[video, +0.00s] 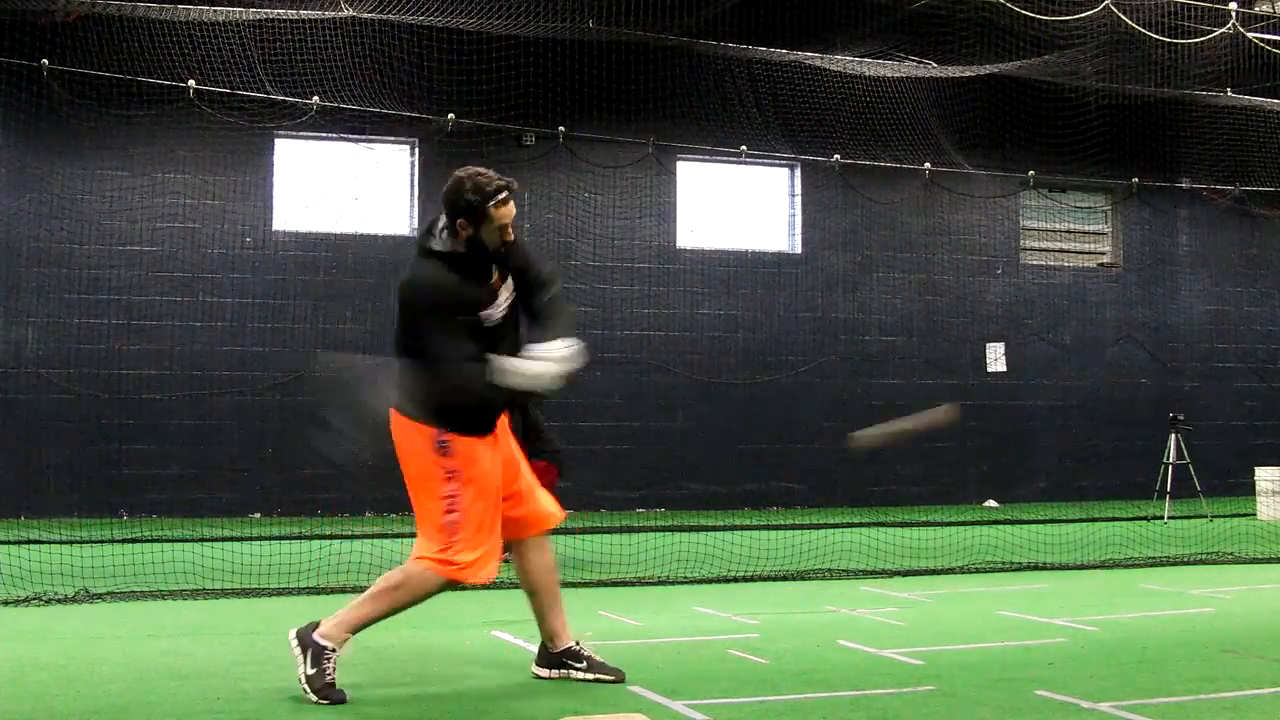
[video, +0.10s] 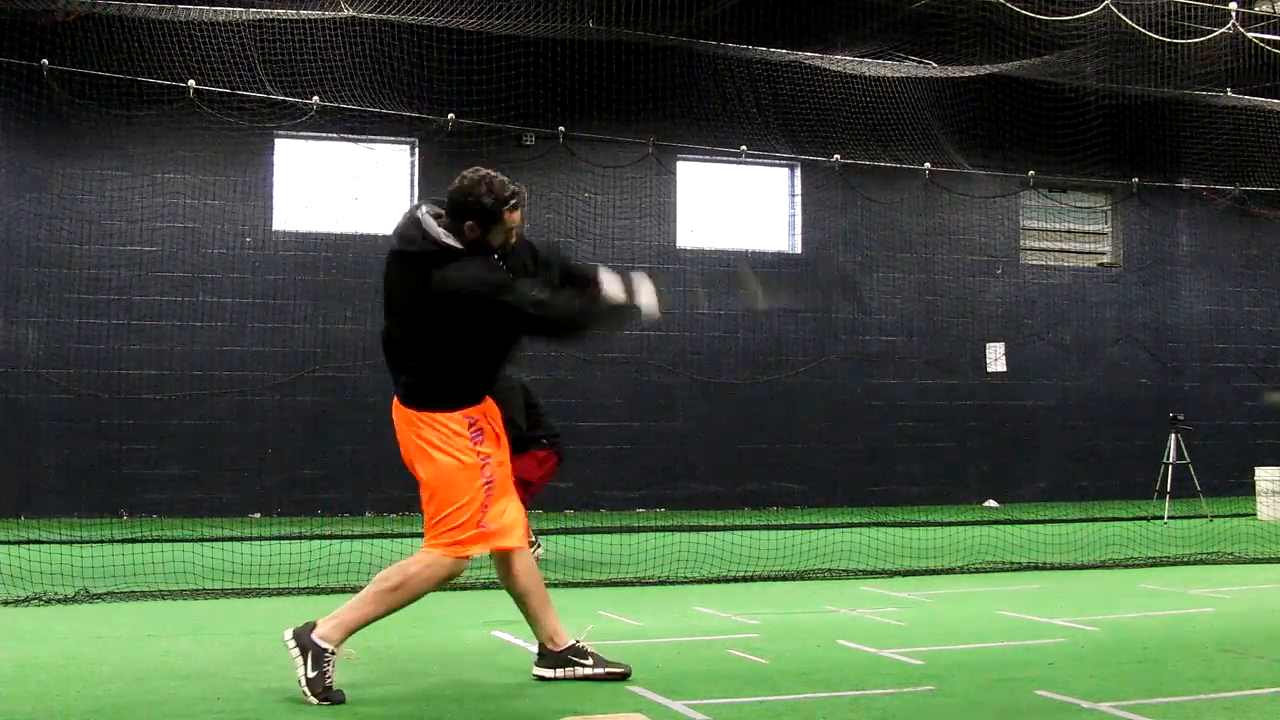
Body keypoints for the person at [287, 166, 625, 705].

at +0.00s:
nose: (512, 232)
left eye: (512, 222)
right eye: (503, 225)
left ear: (497, 218)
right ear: (468, 226)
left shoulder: (499, 249)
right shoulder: (430, 282)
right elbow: (453, 374)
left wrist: (552, 346)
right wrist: (519, 374)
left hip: (484, 420)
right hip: (434, 427)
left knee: (530, 523)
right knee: (450, 557)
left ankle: (558, 648)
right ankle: (324, 637)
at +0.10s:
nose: (520, 229)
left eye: (519, 221)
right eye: (513, 223)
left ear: (466, 217)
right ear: (484, 226)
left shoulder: (447, 232)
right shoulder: (454, 273)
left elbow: (536, 260)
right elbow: (541, 311)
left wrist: (601, 279)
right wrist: (613, 301)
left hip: (471, 408)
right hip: (437, 419)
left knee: (510, 532)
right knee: (450, 554)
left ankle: (555, 647)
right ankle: (321, 637)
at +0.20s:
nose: (534, 211)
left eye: (532, 201)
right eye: (529, 205)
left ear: (470, 206)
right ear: (509, 218)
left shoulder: (417, 231)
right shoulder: (517, 267)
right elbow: (545, 230)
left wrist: (513, 206)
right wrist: (544, 198)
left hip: (476, 413)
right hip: (445, 423)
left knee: (520, 524)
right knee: (444, 559)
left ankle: (560, 648)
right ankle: (309, 641)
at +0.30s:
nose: (550, 191)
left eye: (549, 183)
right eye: (548, 185)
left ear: (486, 186)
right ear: (529, 195)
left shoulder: (431, 228)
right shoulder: (536, 246)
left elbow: (369, 250)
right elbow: (492, 224)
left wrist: (417, 195)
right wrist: (451, 191)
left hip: (462, 414)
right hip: (459, 418)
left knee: (525, 524)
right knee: (446, 562)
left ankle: (561, 648)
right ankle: (310, 639)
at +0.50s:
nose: (546, 189)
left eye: (546, 180)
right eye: (544, 182)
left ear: (483, 186)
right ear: (523, 189)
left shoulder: (427, 233)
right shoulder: (536, 238)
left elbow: (378, 289)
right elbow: (486, 234)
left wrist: (410, 219)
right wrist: (436, 202)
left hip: (449, 414)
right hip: (458, 420)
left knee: (522, 523)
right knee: (448, 563)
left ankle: (563, 648)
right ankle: (306, 639)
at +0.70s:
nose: (544, 194)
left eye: (545, 184)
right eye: (542, 185)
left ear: (483, 185)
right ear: (517, 190)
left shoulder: (429, 230)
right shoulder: (527, 253)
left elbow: (407, 262)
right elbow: (545, 271)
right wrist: (527, 216)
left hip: (476, 418)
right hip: (450, 421)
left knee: (531, 523)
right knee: (443, 560)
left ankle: (564, 650)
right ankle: (304, 640)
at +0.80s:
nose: (547, 191)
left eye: (547, 181)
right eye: (543, 182)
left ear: (490, 182)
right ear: (517, 186)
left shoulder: (441, 221)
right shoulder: (520, 251)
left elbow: (484, 278)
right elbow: (561, 286)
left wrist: (542, 248)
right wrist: (574, 251)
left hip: (483, 417)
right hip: (450, 419)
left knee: (536, 523)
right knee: (440, 558)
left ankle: (564, 649)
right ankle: (305, 638)